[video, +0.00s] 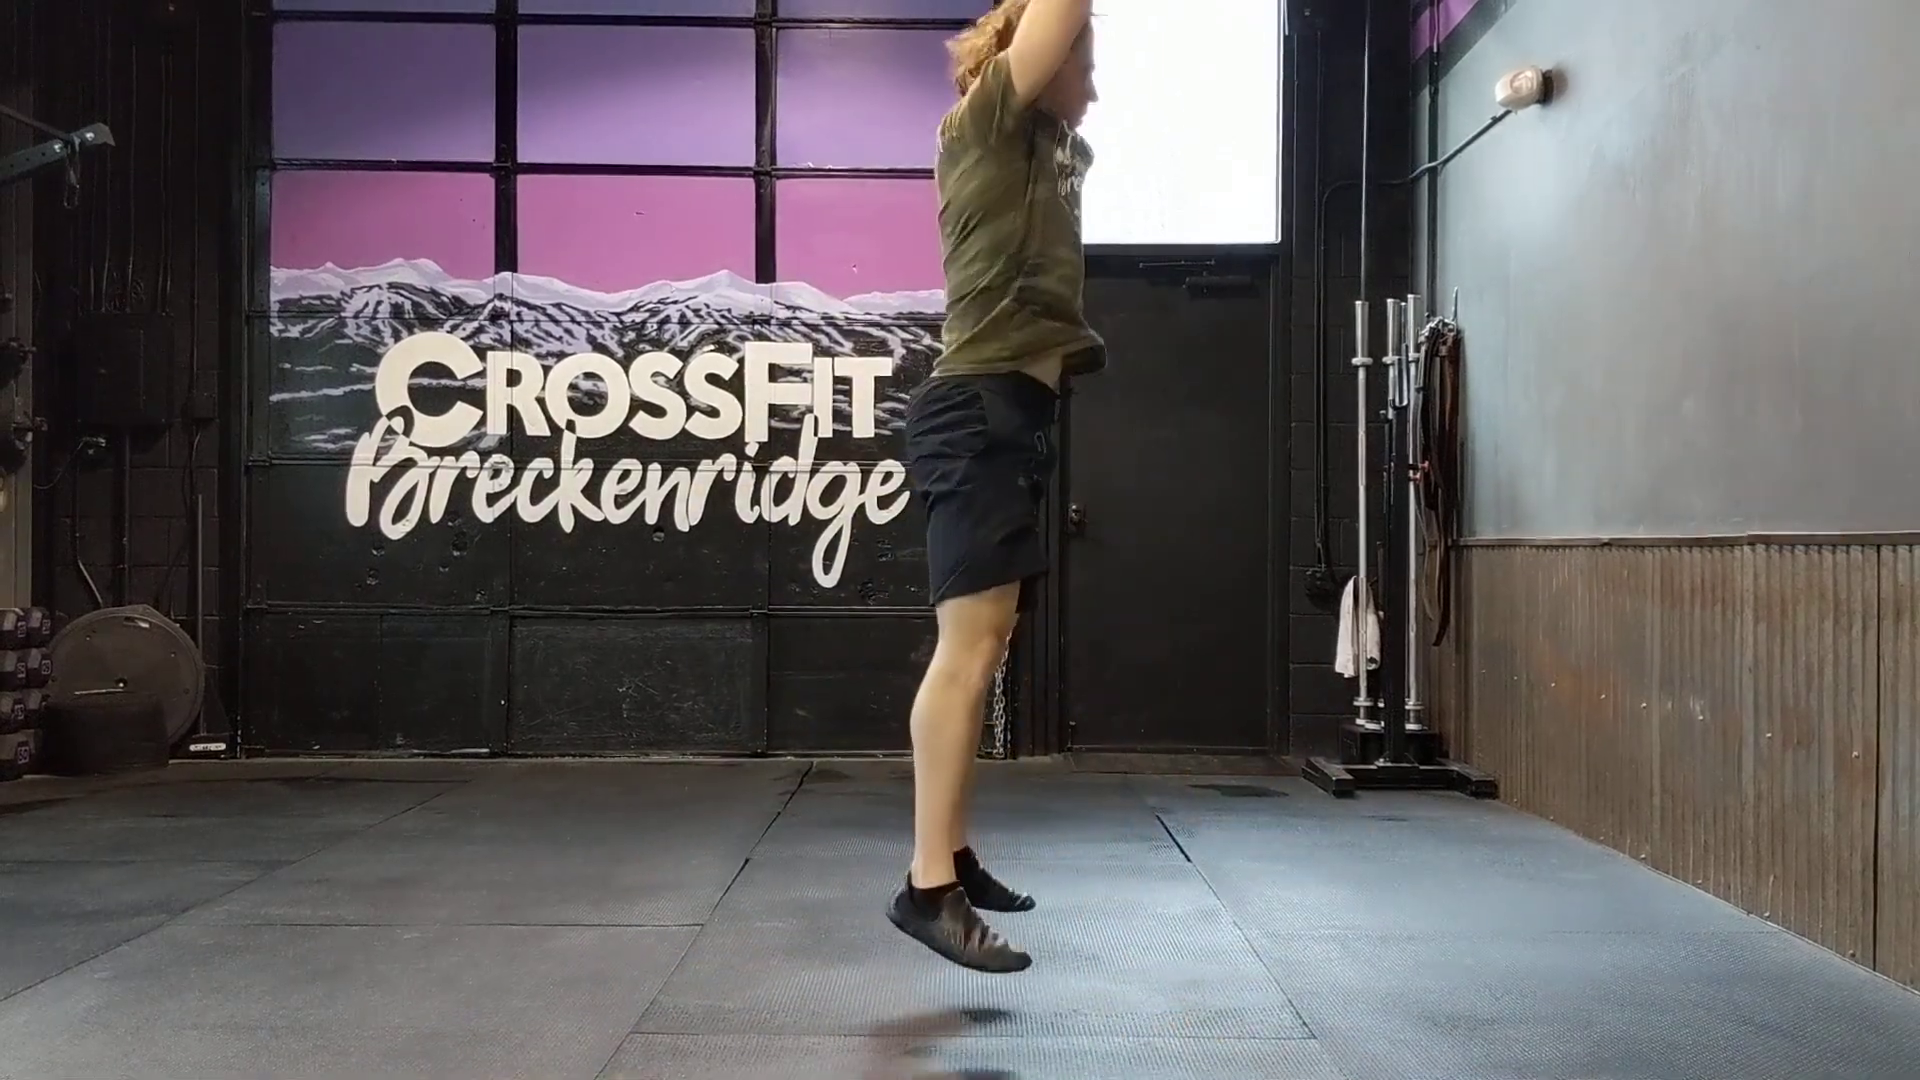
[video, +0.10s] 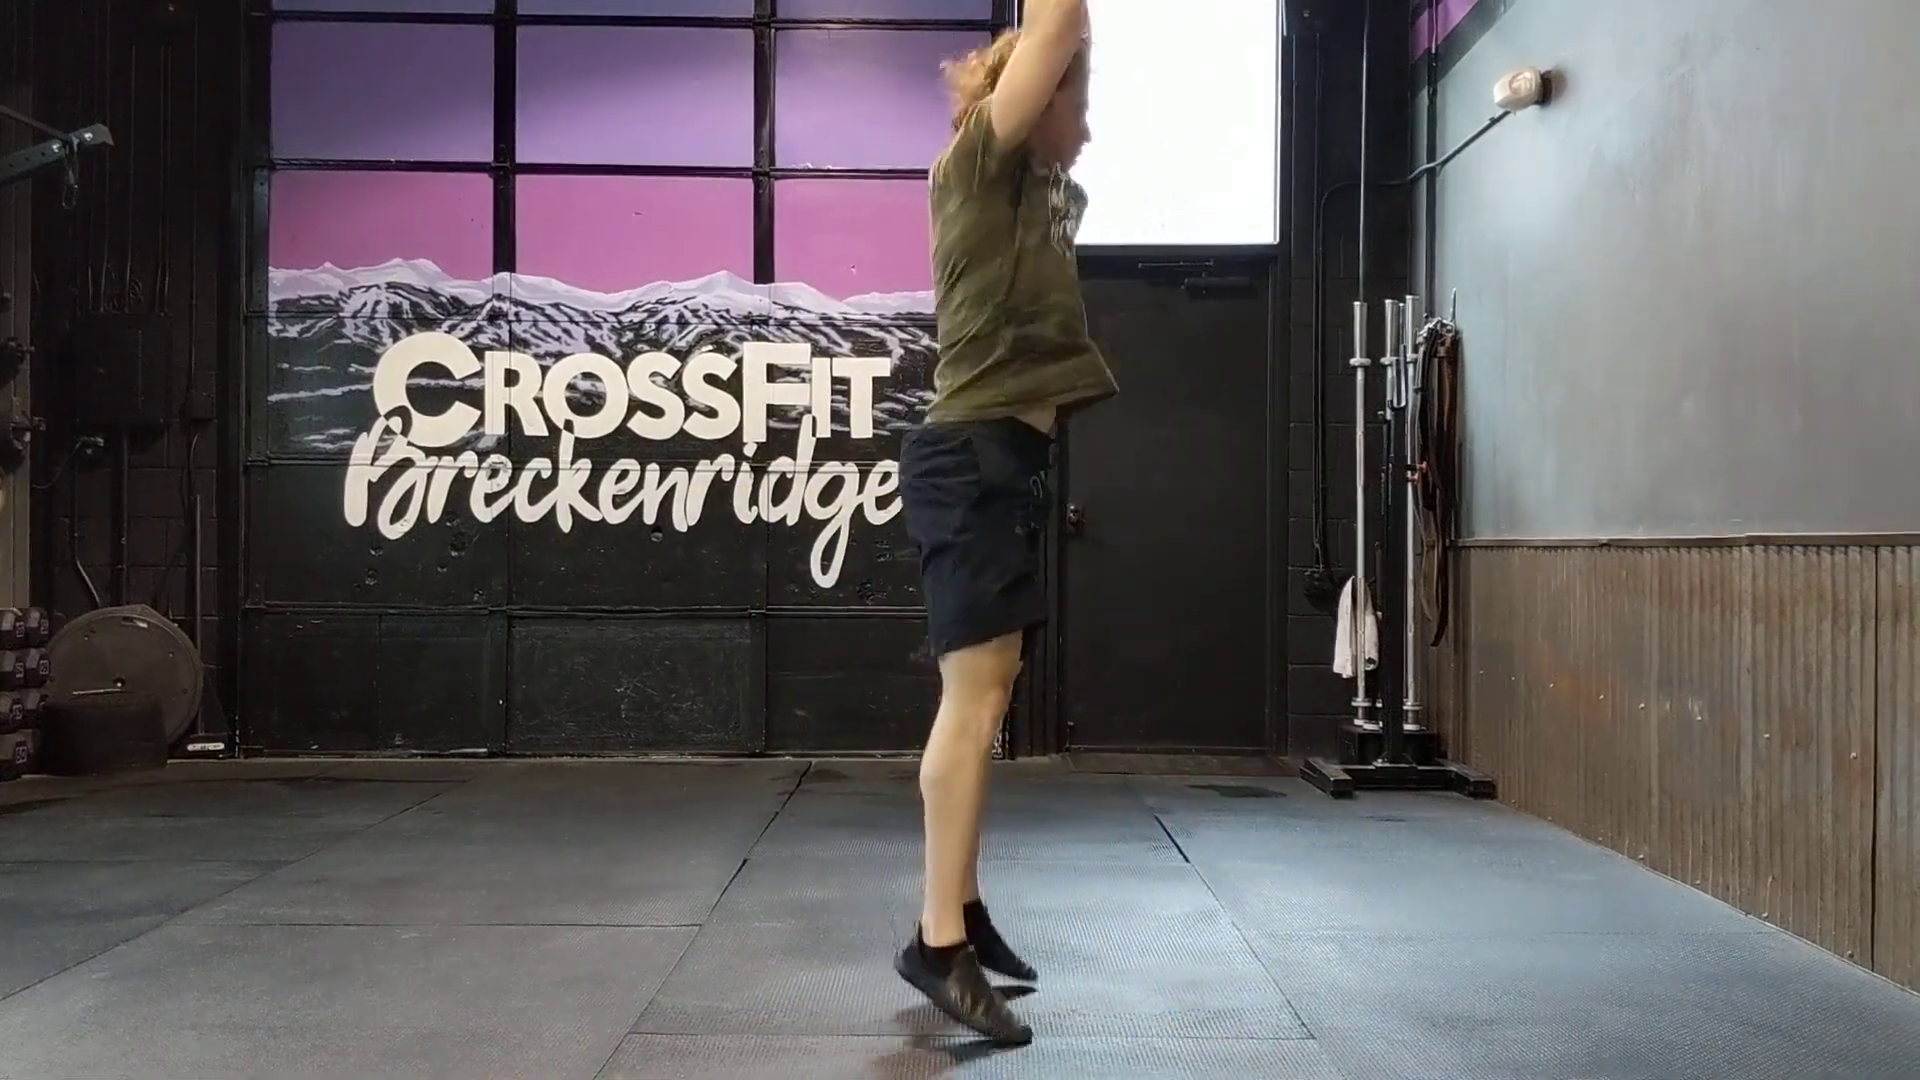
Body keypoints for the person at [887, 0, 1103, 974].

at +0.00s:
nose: (1088, 74)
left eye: (1089, 57)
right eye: (1079, 54)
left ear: (1042, 60)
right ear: (1029, 54)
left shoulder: (1029, 138)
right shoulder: (990, 123)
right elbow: (1060, 4)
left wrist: (1027, 45)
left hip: (1008, 411)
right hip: (978, 411)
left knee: (980, 644)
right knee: (969, 646)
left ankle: (947, 850)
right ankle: (927, 886)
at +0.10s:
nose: (1086, 123)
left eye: (1086, 100)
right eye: (1073, 101)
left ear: (1049, 101)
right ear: (1023, 98)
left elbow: (1066, 29)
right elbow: (1054, 17)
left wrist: (1048, 49)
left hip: (1008, 451)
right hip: (968, 454)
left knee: (985, 695)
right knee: (975, 698)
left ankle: (958, 904)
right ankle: (937, 941)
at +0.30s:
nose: (1089, 225)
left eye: (1092, 209)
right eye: (1083, 207)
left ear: (1031, 200)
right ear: (1039, 196)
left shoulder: (1011, 286)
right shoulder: (974, 266)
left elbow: (1036, 393)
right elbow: (974, 351)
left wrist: (1110, 332)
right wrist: (1090, 261)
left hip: (987, 545)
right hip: (952, 543)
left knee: (1001, 754)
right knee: (995, 757)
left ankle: (939, 957)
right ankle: (915, 989)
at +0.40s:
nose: (1106, 233)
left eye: (1110, 215)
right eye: (1102, 212)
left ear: (1051, 199)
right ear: (1057, 195)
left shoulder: (1015, 284)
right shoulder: (985, 278)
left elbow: (969, 429)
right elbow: (937, 424)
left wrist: (1031, 522)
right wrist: (1031, 515)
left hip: (972, 541)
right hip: (945, 539)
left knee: (976, 753)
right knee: (971, 754)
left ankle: (935, 955)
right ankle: (912, 987)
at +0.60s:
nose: (1176, 319)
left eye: (1185, 301)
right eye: (1177, 295)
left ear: (1127, 268)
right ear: (1131, 266)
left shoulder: (1059, 322)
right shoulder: (1034, 320)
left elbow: (965, 462)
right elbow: (955, 465)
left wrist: (984, 604)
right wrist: (996, 612)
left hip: (932, 533)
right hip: (906, 534)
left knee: (953, 753)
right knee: (948, 756)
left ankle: (931, 952)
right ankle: (911, 989)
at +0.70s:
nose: (1199, 414)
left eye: (1209, 399)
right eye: (1202, 392)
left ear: (1158, 356)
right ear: (1161, 355)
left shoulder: (1079, 389)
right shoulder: (1068, 389)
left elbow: (1007, 544)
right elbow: (998, 543)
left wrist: (1027, 685)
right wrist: (1036, 693)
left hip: (905, 543)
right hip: (874, 539)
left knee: (952, 751)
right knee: (947, 754)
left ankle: (934, 955)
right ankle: (910, 990)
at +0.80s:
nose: (1203, 523)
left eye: (1214, 508)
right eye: (1207, 503)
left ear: (1169, 464)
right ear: (1172, 467)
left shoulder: (1095, 473)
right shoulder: (1087, 486)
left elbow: (1052, 653)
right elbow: (1049, 658)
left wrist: (1080, 787)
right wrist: (1082, 806)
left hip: (874, 553)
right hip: (856, 556)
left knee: (969, 756)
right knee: (966, 760)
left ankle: (934, 956)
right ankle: (910, 990)